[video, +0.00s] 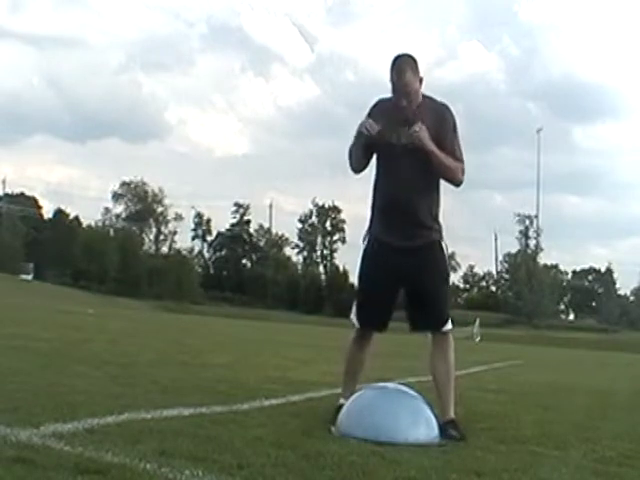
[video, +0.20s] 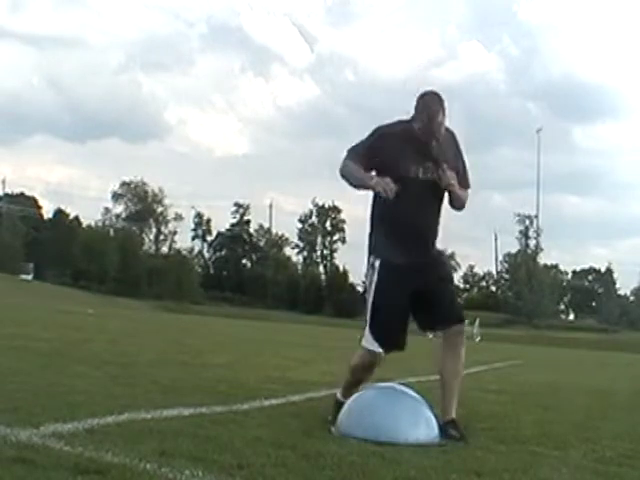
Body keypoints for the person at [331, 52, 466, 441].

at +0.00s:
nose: (403, 97)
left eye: (408, 89)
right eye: (397, 91)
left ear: (422, 81)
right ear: (390, 86)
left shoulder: (440, 114)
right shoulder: (382, 110)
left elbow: (457, 174)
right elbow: (356, 165)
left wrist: (427, 144)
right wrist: (367, 136)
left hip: (426, 238)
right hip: (383, 237)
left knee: (441, 328)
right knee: (365, 329)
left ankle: (447, 418)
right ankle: (345, 405)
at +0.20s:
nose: (431, 134)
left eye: (436, 128)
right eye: (424, 127)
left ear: (444, 120)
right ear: (413, 118)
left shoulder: (448, 141)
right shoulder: (389, 136)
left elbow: (461, 203)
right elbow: (348, 167)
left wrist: (452, 186)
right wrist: (371, 181)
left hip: (427, 255)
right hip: (389, 256)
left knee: (454, 328)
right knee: (376, 349)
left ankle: (448, 419)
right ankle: (342, 401)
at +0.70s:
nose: (437, 267)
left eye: (444, 263)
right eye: (434, 259)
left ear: (457, 252)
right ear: (428, 237)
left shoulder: (457, 265)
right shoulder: (401, 223)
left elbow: (447, 332)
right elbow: (352, 246)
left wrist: (418, 385)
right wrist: (374, 296)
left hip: (423, 306)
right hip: (386, 298)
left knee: (464, 331)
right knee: (381, 380)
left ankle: (451, 419)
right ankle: (340, 394)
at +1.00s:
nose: (440, 190)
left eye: (445, 184)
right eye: (435, 183)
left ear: (454, 175)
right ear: (423, 171)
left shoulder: (458, 199)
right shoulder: (400, 183)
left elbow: (467, 261)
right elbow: (361, 223)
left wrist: (448, 269)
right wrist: (387, 230)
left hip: (430, 285)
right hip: (391, 284)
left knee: (475, 337)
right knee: (386, 375)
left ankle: (451, 419)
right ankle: (346, 397)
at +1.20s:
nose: (426, 117)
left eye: (431, 109)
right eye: (420, 110)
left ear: (441, 106)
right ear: (410, 106)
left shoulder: (453, 134)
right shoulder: (393, 128)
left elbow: (469, 194)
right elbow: (367, 180)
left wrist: (450, 152)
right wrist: (394, 142)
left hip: (435, 249)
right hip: (393, 248)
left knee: (460, 331)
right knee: (370, 334)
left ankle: (453, 418)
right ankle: (362, 410)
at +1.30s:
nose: (419, 102)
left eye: (424, 95)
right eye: (414, 96)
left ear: (436, 91)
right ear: (405, 92)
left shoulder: (449, 121)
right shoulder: (389, 118)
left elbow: (467, 179)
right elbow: (362, 165)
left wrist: (445, 134)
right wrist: (387, 127)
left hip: (433, 242)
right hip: (391, 240)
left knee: (447, 330)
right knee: (370, 329)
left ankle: (461, 415)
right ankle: (359, 405)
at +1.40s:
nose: (417, 90)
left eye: (422, 84)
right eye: (411, 84)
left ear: (432, 85)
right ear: (403, 86)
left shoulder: (449, 118)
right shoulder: (390, 116)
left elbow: (465, 174)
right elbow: (362, 161)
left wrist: (443, 130)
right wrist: (383, 121)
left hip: (431, 241)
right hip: (389, 238)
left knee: (442, 333)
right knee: (371, 328)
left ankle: (455, 417)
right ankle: (359, 408)